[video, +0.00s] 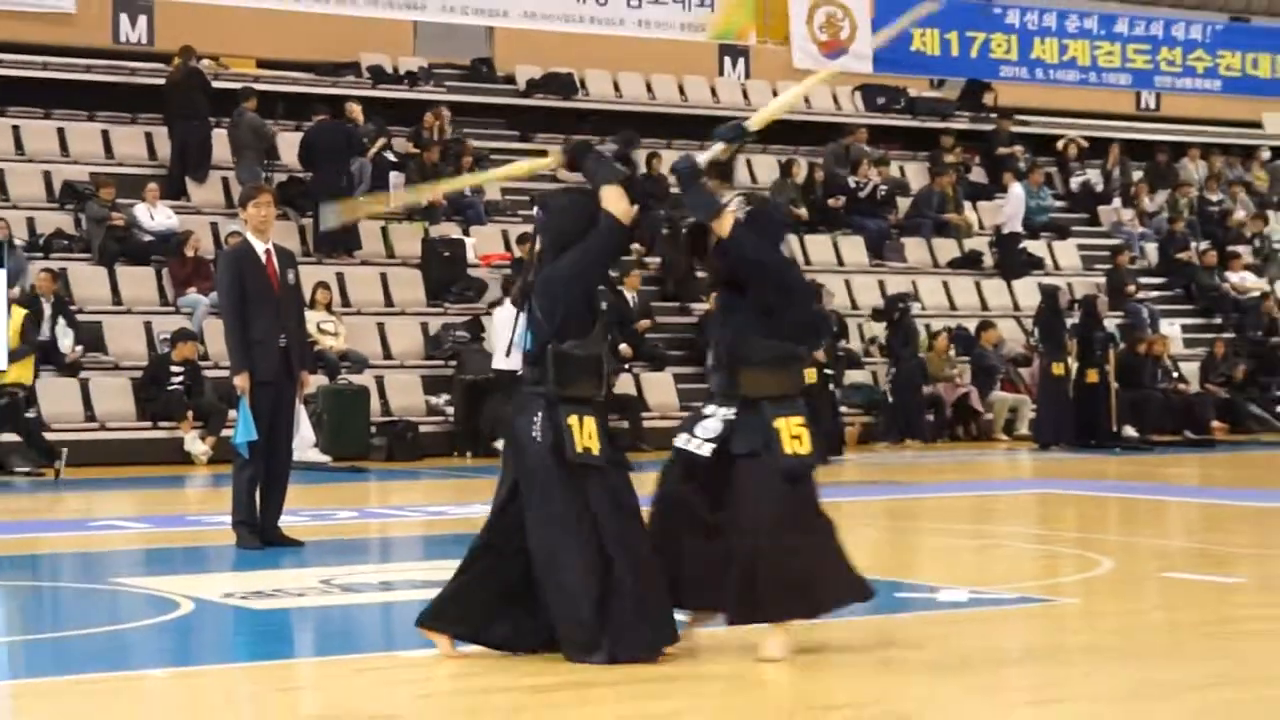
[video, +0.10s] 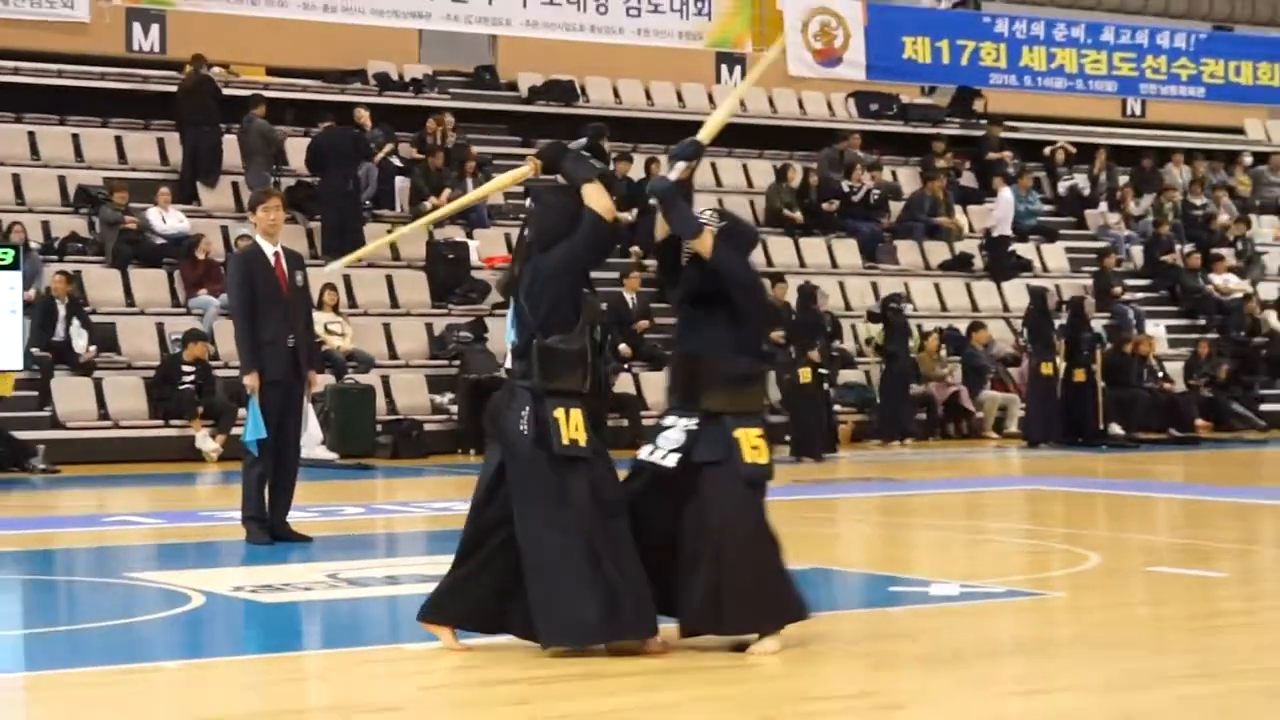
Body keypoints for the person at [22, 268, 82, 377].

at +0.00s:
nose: (41, 284)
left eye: (45, 281)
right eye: (39, 280)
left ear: (54, 285)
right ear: (35, 282)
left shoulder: (60, 302)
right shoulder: (28, 302)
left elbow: (73, 325)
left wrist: (77, 346)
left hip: (53, 344)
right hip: (33, 344)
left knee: (72, 367)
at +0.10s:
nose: (55, 286)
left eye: (59, 283)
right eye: (54, 282)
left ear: (68, 287)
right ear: (50, 284)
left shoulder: (73, 303)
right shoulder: (43, 302)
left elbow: (89, 326)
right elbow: (36, 326)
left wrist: (91, 348)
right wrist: (35, 348)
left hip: (65, 346)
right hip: (44, 346)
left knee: (86, 365)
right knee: (47, 364)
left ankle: (78, 403)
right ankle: (45, 403)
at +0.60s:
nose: (111, 293)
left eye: (115, 290)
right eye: (110, 290)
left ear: (123, 293)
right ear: (107, 291)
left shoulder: (128, 308)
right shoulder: (101, 307)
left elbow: (142, 328)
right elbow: (95, 328)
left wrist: (145, 349)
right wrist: (94, 348)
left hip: (122, 347)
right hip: (103, 347)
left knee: (140, 364)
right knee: (104, 363)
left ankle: (133, 398)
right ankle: (103, 398)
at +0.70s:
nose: (114, 294)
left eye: (118, 291)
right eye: (113, 291)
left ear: (127, 295)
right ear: (110, 292)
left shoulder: (131, 308)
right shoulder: (103, 308)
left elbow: (144, 329)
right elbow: (98, 330)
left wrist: (147, 350)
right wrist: (97, 350)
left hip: (124, 347)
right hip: (105, 347)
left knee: (143, 365)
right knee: (107, 363)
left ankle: (137, 401)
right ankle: (106, 400)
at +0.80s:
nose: (114, 294)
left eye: (118, 291)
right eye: (113, 291)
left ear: (126, 294)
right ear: (110, 292)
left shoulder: (131, 308)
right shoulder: (103, 307)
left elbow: (144, 328)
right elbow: (97, 329)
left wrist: (147, 349)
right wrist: (96, 349)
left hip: (123, 347)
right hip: (105, 347)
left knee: (143, 364)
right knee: (107, 363)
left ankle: (136, 399)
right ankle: (105, 399)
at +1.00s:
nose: (121, 295)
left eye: (124, 291)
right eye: (118, 291)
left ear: (129, 294)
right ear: (112, 293)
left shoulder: (132, 308)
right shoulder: (104, 308)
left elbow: (145, 329)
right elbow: (97, 330)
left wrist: (148, 350)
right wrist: (97, 351)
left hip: (124, 347)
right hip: (106, 348)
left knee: (143, 365)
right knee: (108, 363)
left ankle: (138, 399)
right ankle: (106, 399)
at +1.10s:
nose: (125, 295)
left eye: (127, 292)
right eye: (122, 292)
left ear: (130, 294)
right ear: (114, 294)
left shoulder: (132, 309)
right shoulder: (105, 308)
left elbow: (145, 329)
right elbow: (99, 330)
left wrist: (149, 350)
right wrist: (98, 350)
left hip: (126, 347)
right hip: (108, 347)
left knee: (145, 366)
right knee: (109, 364)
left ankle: (138, 401)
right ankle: (108, 399)